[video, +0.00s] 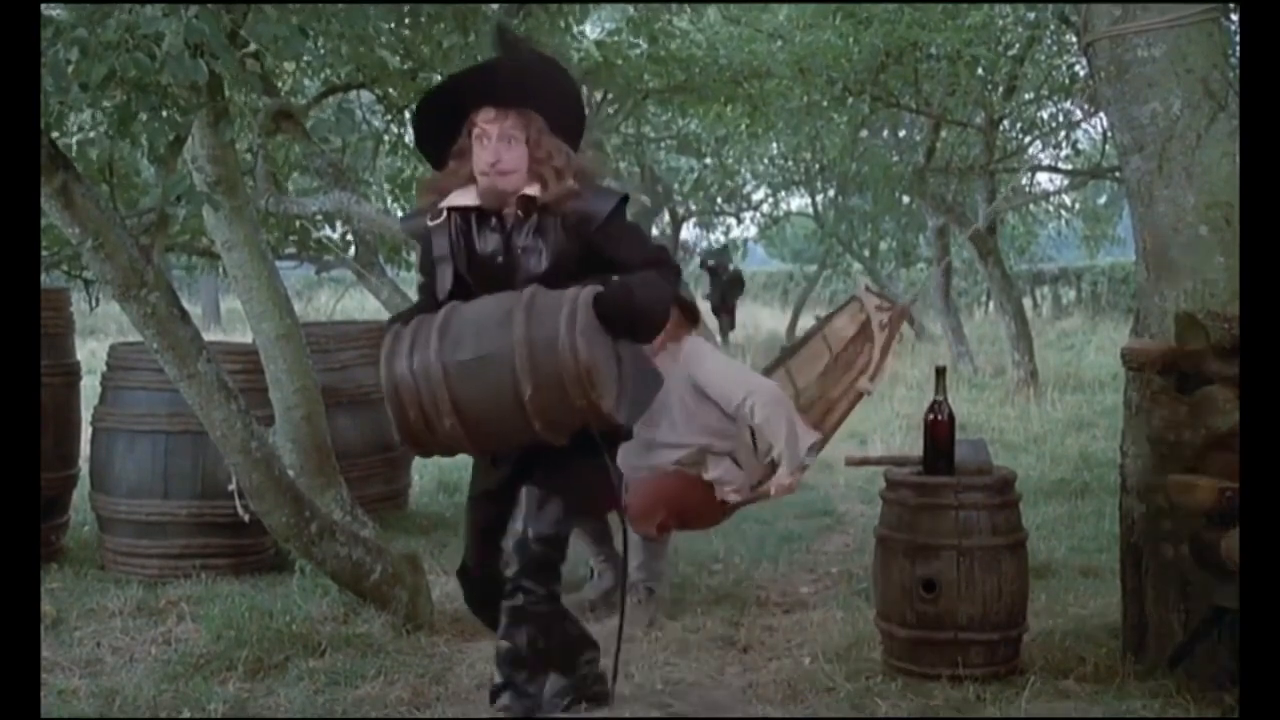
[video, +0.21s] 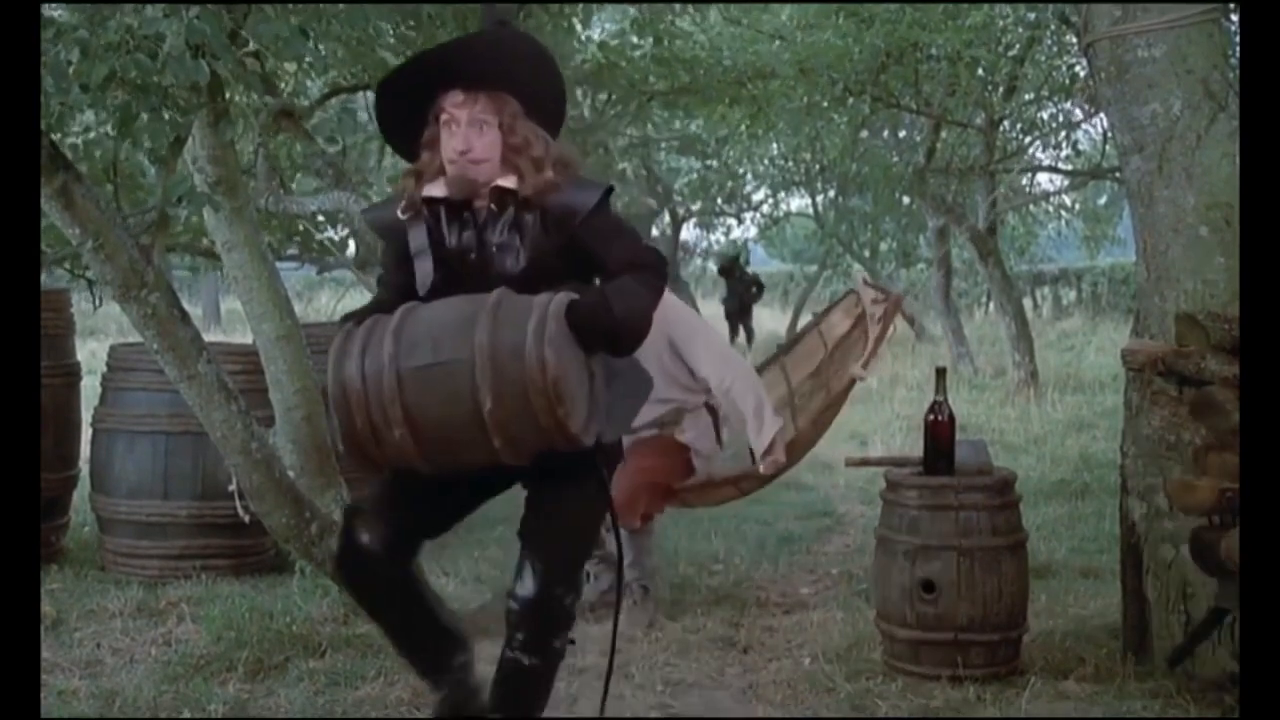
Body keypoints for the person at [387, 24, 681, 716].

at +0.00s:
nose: (496, 150)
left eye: (512, 137)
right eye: (482, 138)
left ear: (545, 147)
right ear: (463, 151)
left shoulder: (586, 214)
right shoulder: (448, 230)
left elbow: (660, 277)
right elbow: (428, 316)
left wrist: (612, 303)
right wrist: (421, 337)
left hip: (573, 427)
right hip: (496, 428)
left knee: (530, 561)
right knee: (479, 579)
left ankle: (518, 695)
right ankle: (577, 662)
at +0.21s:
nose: (468, 137)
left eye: (484, 123)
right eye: (453, 122)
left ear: (516, 135)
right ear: (431, 138)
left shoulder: (564, 206)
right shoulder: (413, 226)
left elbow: (644, 270)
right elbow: (384, 320)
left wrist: (571, 319)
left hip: (572, 436)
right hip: (468, 434)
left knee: (539, 599)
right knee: (365, 551)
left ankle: (515, 708)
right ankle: (454, 676)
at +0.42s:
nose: (401, 132)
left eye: (419, 116)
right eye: (385, 117)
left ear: (458, 127)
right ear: (369, 135)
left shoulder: (519, 203)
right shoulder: (350, 228)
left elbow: (605, 287)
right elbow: (333, 326)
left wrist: (507, 317)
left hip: (530, 448)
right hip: (416, 449)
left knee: (510, 625)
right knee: (351, 601)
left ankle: (496, 709)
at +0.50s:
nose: (368, 127)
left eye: (388, 109)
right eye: (351, 110)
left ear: (427, 120)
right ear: (335, 127)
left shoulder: (495, 197)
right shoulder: (317, 229)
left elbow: (588, 272)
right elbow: (308, 326)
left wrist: (503, 319)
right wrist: (275, 349)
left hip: (513, 452)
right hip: (395, 459)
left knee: (507, 628)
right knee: (341, 608)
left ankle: (498, 707)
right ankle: (350, 699)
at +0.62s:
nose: (286, 111)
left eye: (306, 89)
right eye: (270, 93)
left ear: (351, 100)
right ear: (251, 111)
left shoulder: (432, 176)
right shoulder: (244, 222)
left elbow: (541, 241)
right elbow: (237, 333)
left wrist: (467, 303)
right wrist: (217, 372)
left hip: (470, 452)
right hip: (341, 463)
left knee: (482, 674)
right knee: (278, 631)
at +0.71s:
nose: (252, 97)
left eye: (274, 74)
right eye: (234, 75)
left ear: (318, 84)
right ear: (215, 93)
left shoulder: (393, 167)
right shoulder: (213, 199)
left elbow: (512, 243)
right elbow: (194, 324)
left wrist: (436, 297)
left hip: (436, 445)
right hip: (308, 452)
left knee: (403, 660)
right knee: (228, 649)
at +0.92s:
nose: (171, 66)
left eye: (196, 39)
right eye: (154, 40)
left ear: (247, 50)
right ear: (135, 54)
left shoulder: (327, 146)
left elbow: (457, 239)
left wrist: (334, 274)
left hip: (368, 449)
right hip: (239, 457)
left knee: (289, 678)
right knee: (165, 690)